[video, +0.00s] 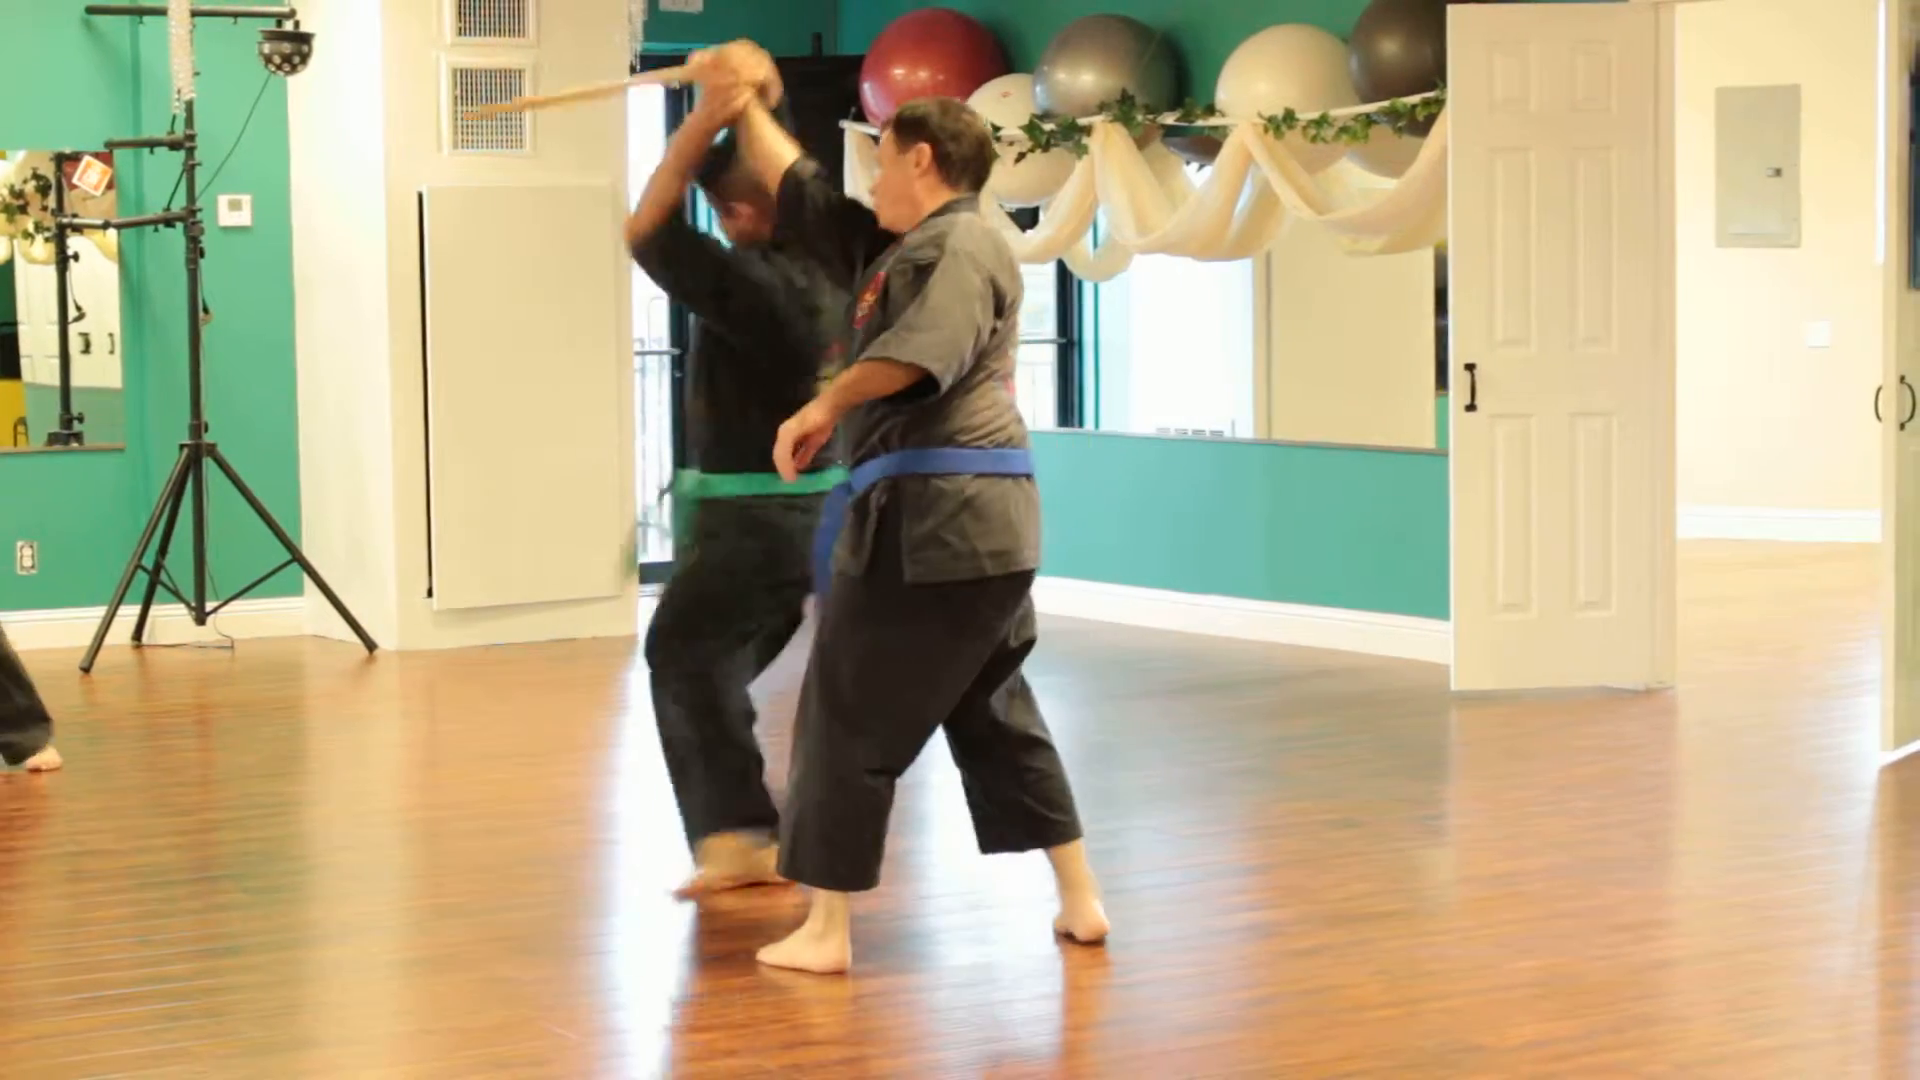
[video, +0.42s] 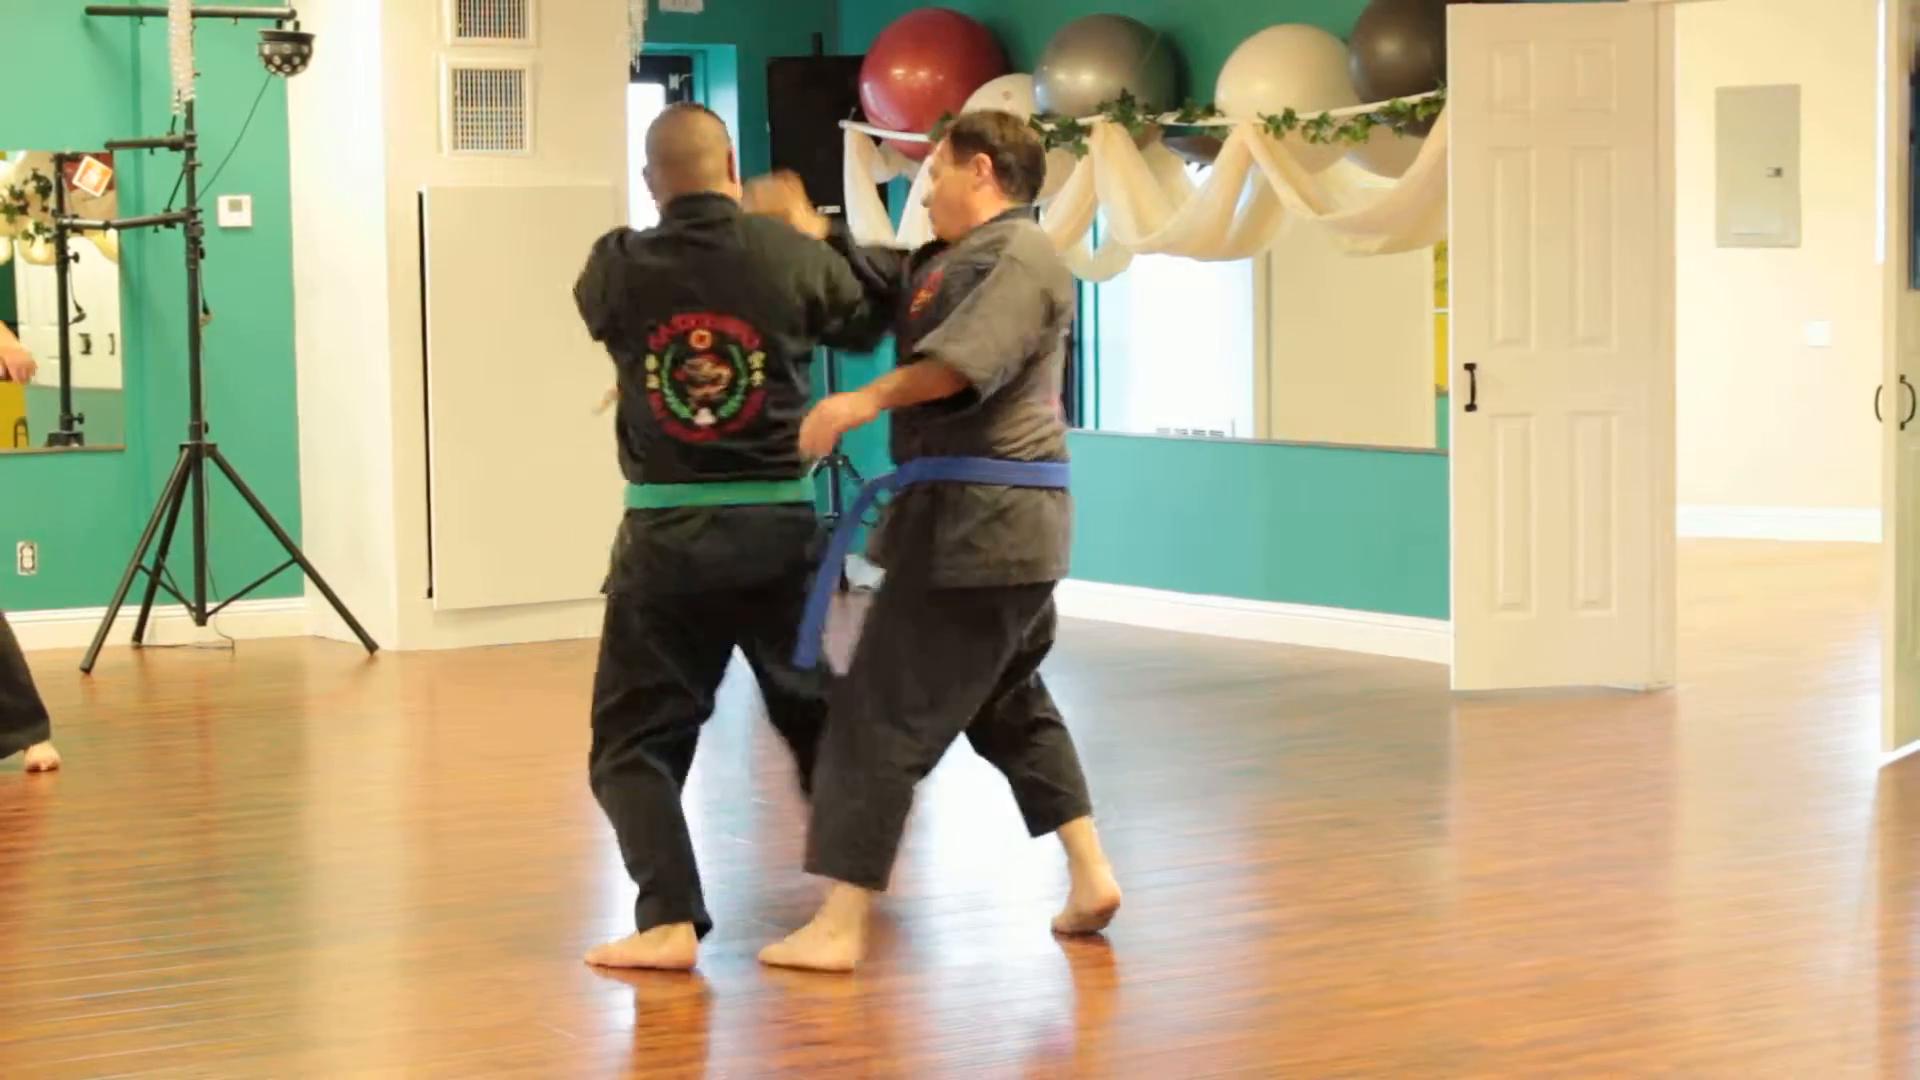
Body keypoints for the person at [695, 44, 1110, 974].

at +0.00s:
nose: (869, 178)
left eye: (880, 158)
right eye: (875, 160)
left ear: (921, 160)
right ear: (941, 161)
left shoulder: (957, 238)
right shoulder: (963, 236)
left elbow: (919, 356)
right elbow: (816, 197)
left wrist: (827, 404)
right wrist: (744, 112)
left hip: (930, 518)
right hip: (987, 515)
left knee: (840, 709)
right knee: (993, 705)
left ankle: (824, 928)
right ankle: (1081, 898)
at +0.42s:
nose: (923, 183)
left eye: (935, 167)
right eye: (927, 169)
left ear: (982, 172)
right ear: (989, 177)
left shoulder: (1021, 254)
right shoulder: (953, 262)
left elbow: (967, 362)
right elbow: (848, 271)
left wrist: (857, 401)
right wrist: (793, 228)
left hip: (975, 528)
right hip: (1011, 527)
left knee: (881, 709)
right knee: (1007, 697)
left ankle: (841, 922)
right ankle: (1091, 872)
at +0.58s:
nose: (928, 258)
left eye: (934, 238)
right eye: (924, 244)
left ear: (982, 224)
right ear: (973, 229)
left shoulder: (1038, 256)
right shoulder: (970, 314)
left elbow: (1016, 321)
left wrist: (926, 355)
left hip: (1035, 519)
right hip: (1070, 523)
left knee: (938, 700)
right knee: (1034, 691)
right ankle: (1128, 841)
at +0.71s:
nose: (919, 370)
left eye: (926, 349)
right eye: (910, 360)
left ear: (967, 329)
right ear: (917, 362)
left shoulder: (1036, 359)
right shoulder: (942, 412)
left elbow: (1068, 335)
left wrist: (974, 330)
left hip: (1096, 565)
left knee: (977, 719)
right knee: (1041, 740)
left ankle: (1054, 914)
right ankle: (1225, 805)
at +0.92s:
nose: (972, 546)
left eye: (970, 530)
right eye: (961, 536)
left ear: (994, 516)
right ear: (978, 530)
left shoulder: (1016, 502)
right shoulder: (984, 595)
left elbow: (1058, 444)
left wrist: (1056, 389)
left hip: (1169, 631)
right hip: (1107, 687)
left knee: (1111, 709)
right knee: (1068, 873)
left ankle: (1149, 874)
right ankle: (1244, 847)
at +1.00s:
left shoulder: (966, 556)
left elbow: (1016, 488)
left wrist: (1035, 398)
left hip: (1151, 652)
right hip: (1109, 732)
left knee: (1195, 730)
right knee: (1071, 867)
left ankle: (1303, 839)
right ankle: (1230, 856)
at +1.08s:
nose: (919, 702)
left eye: (916, 699)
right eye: (914, 709)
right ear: (913, 726)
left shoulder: (988, 620)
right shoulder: (935, 746)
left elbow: (1004, 525)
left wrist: (988, 444)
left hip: (1145, 698)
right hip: (1103, 774)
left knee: (1262, 704)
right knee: (1079, 869)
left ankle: (1420, 776)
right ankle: (1232, 866)